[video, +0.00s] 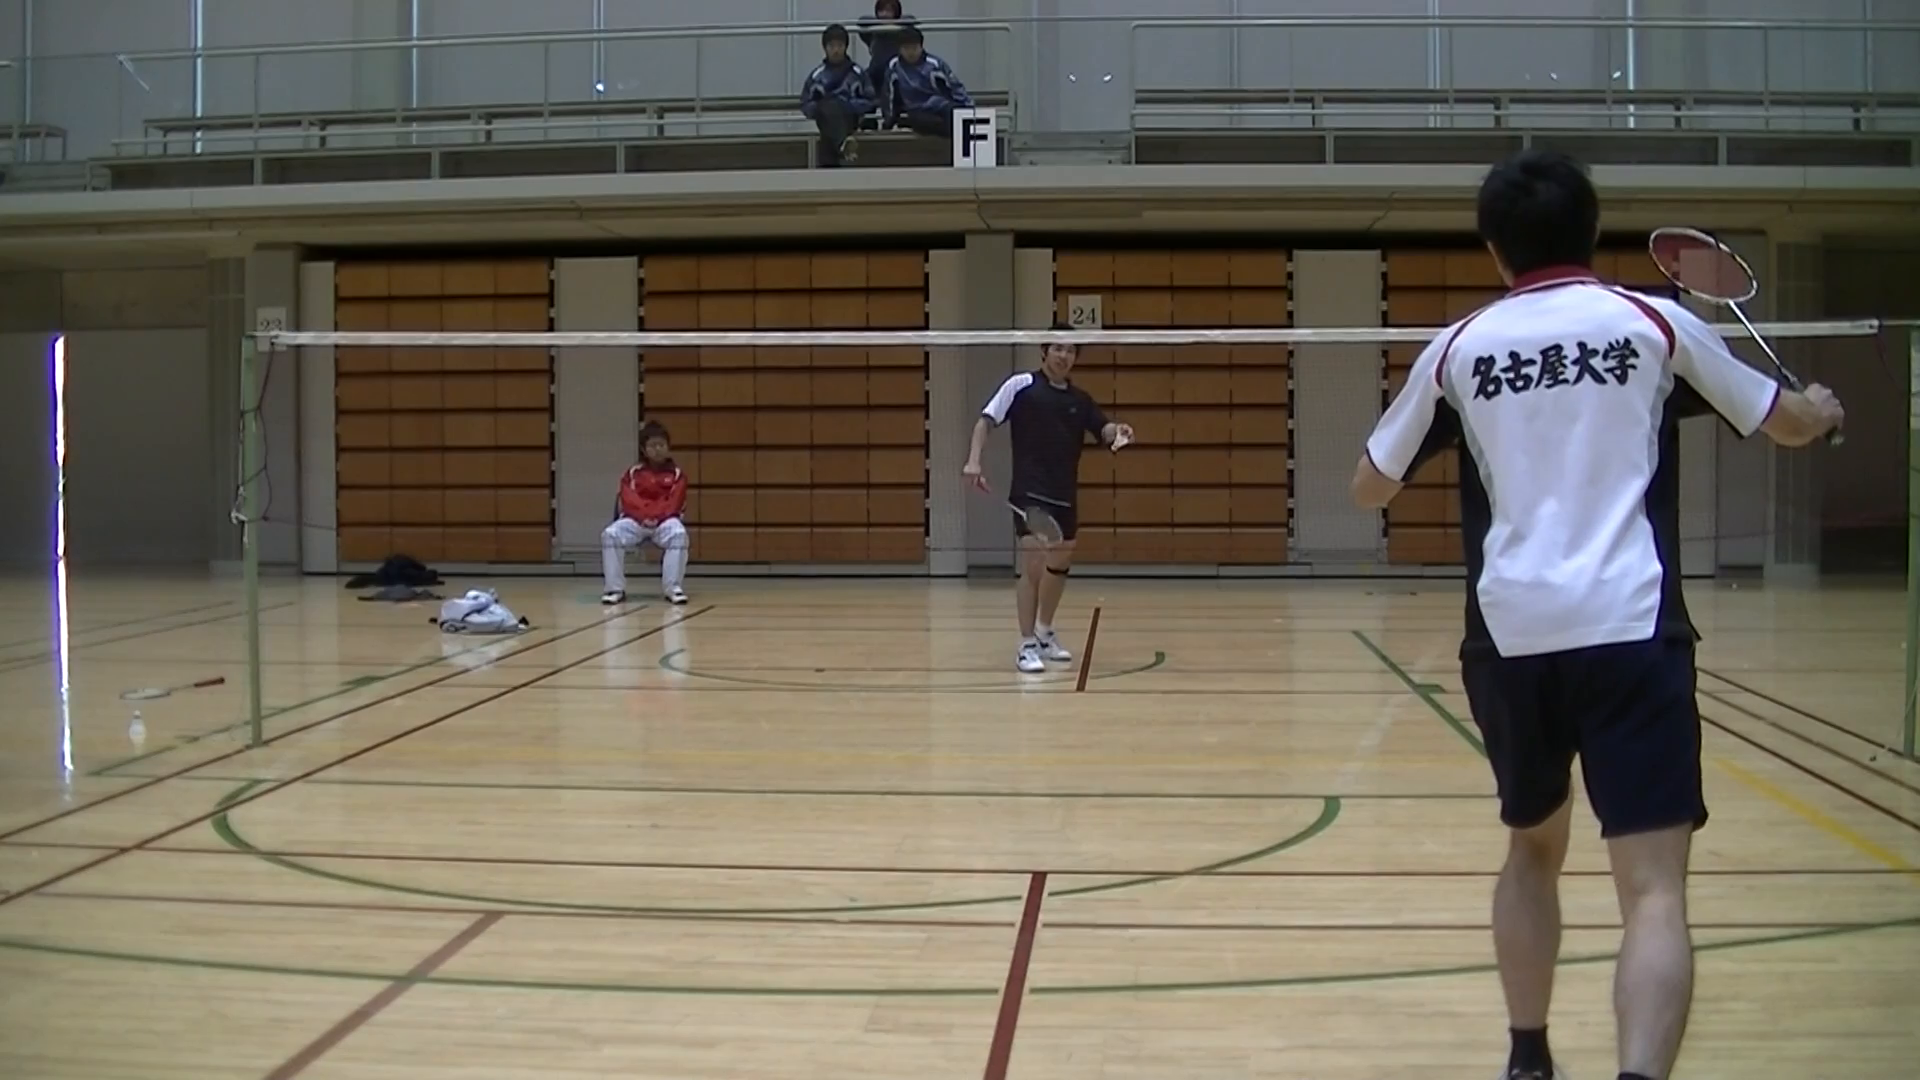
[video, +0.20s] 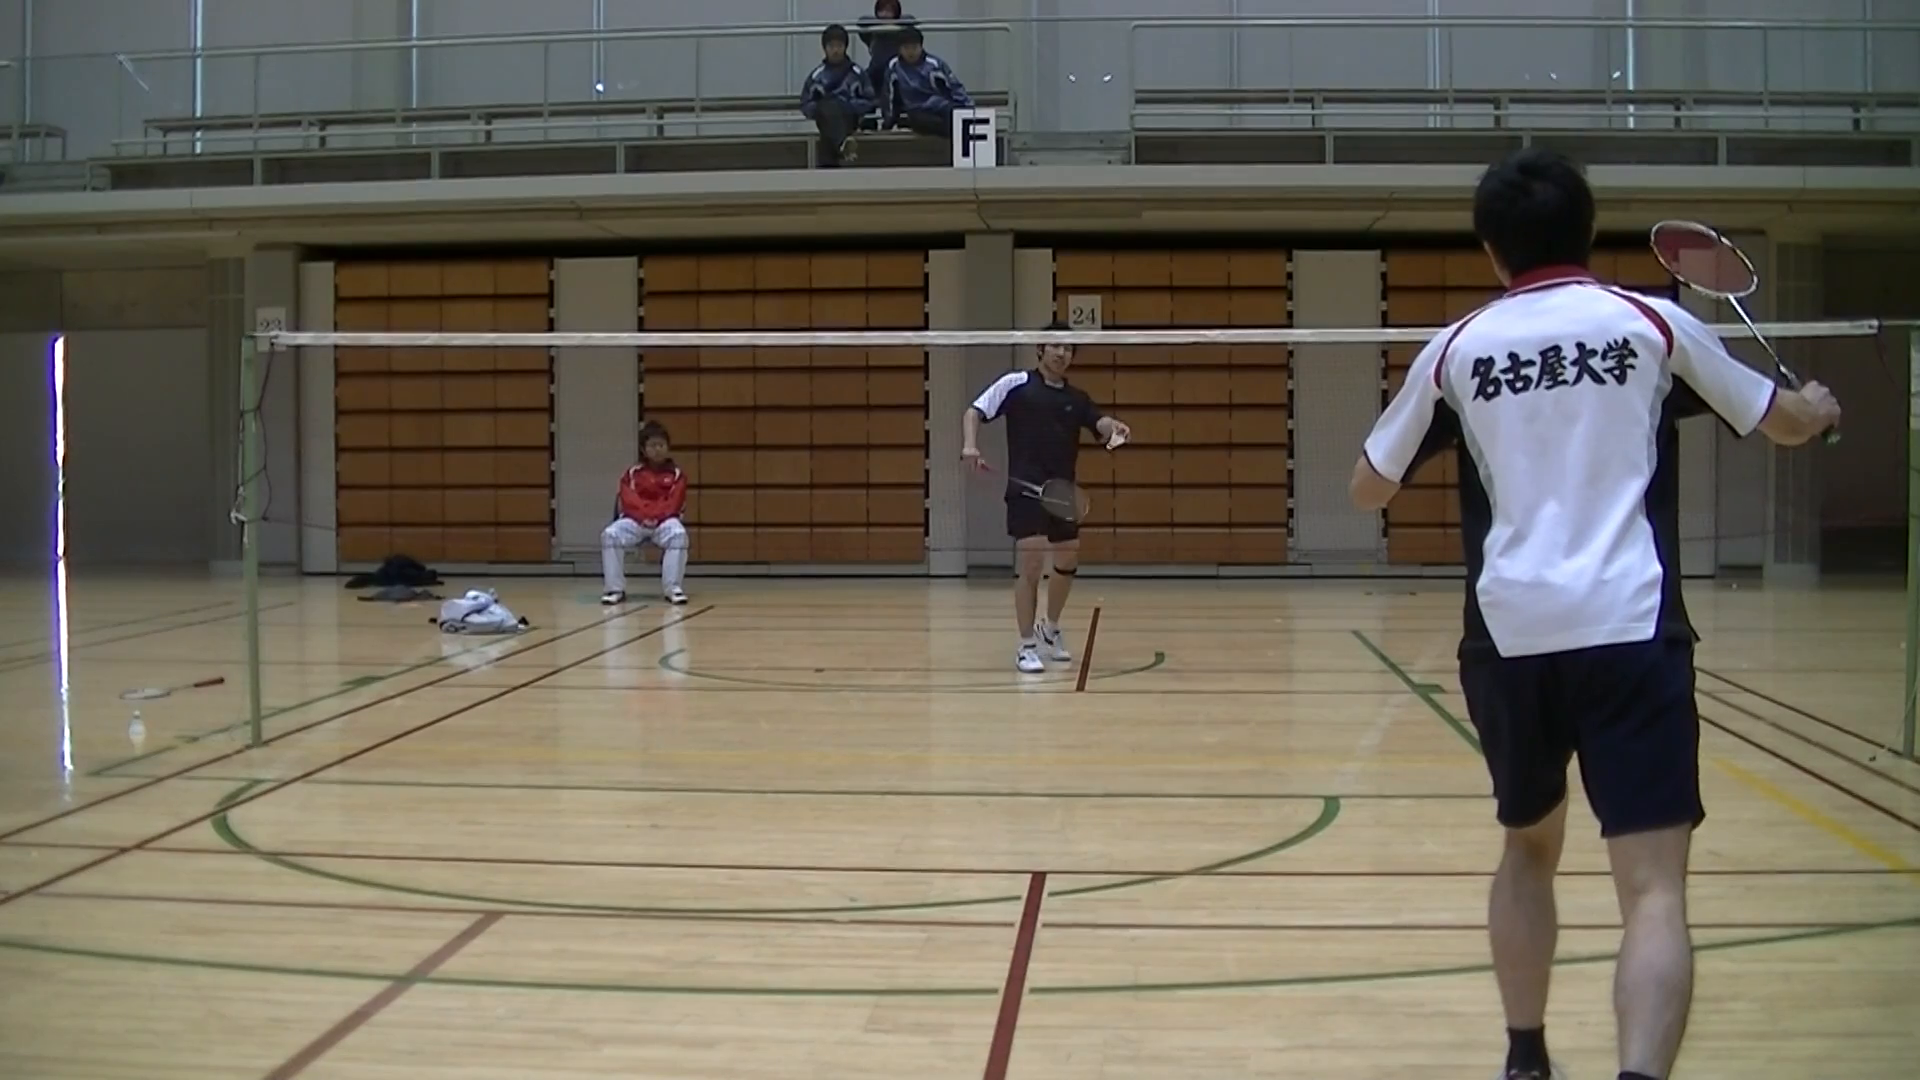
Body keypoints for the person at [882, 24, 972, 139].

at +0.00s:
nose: (911, 53)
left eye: (914, 48)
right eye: (906, 48)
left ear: (921, 47)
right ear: (900, 49)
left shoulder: (936, 65)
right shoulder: (894, 67)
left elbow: (955, 87)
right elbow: (891, 96)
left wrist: (968, 107)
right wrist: (889, 121)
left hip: (942, 107)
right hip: (916, 112)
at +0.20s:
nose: (910, 52)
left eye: (914, 47)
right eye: (906, 48)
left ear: (921, 47)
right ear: (900, 49)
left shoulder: (936, 65)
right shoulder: (894, 68)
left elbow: (955, 88)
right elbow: (891, 97)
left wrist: (968, 108)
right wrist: (889, 122)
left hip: (943, 108)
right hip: (916, 113)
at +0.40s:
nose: (911, 52)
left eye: (914, 47)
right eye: (906, 47)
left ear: (921, 47)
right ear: (900, 49)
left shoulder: (935, 64)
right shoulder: (894, 68)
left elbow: (954, 87)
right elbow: (890, 97)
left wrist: (968, 107)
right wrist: (889, 122)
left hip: (942, 107)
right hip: (916, 112)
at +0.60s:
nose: (911, 52)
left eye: (914, 47)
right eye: (906, 48)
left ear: (921, 47)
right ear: (899, 50)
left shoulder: (935, 64)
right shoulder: (893, 68)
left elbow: (955, 87)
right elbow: (889, 96)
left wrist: (968, 107)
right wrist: (889, 120)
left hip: (943, 107)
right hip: (915, 112)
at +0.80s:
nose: (910, 52)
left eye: (914, 47)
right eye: (906, 48)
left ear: (921, 47)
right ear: (899, 49)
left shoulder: (935, 64)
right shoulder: (893, 68)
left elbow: (954, 87)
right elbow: (889, 96)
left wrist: (968, 106)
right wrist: (888, 121)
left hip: (943, 108)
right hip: (914, 112)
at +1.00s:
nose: (910, 51)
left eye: (914, 47)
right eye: (905, 47)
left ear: (920, 46)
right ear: (899, 49)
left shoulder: (934, 64)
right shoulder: (893, 67)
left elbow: (954, 86)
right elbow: (889, 95)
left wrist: (966, 106)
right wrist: (889, 119)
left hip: (942, 107)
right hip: (915, 112)